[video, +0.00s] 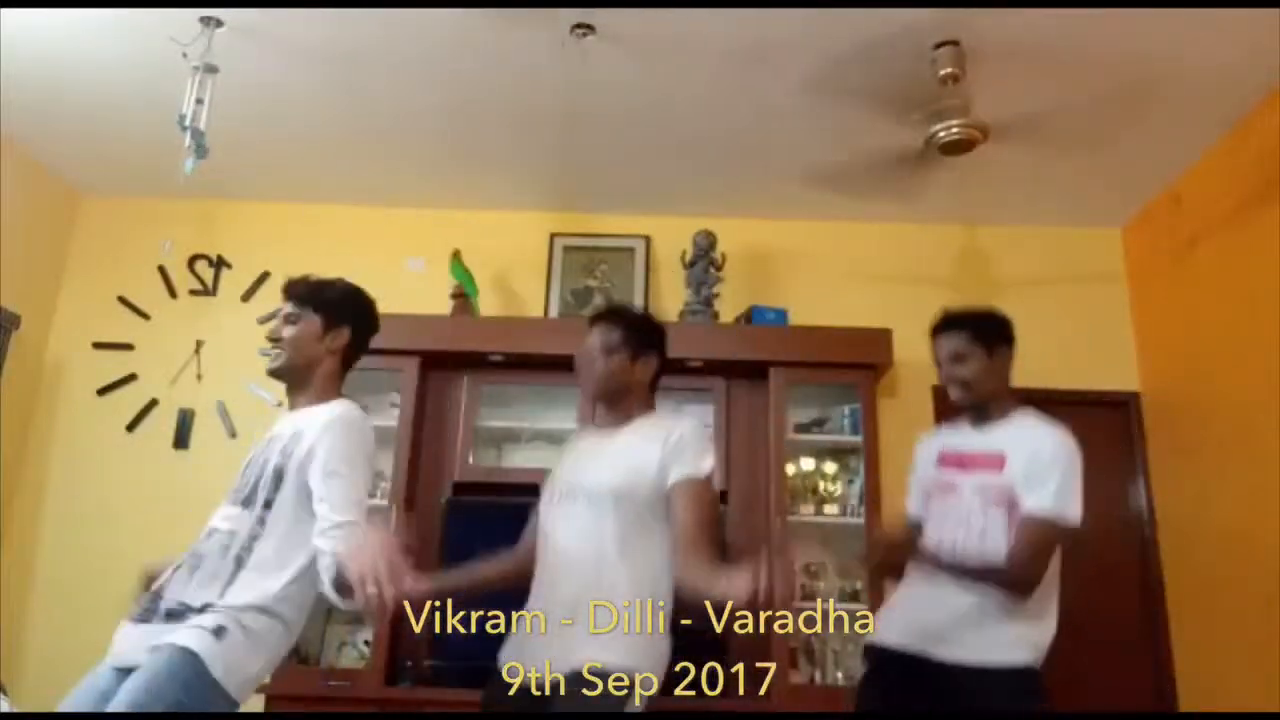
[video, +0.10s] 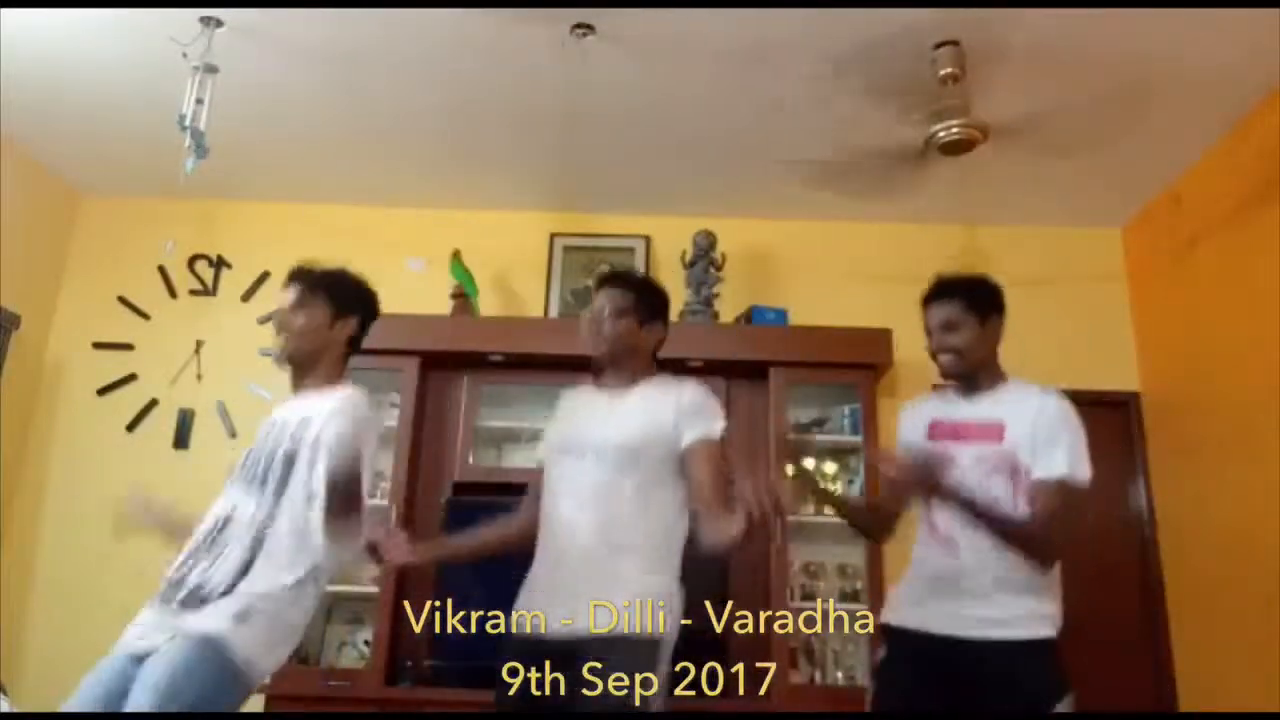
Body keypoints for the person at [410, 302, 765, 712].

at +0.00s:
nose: (587, 364)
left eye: (605, 353)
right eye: (586, 353)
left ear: (644, 367)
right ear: (582, 359)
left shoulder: (679, 436)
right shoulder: (578, 448)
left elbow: (693, 568)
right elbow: (524, 558)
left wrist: (739, 582)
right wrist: (426, 585)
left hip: (612, 671)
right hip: (531, 663)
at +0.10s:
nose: (600, 324)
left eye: (617, 314)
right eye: (595, 313)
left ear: (655, 334)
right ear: (584, 325)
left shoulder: (686, 402)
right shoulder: (572, 403)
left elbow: (711, 533)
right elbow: (529, 521)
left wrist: (741, 518)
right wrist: (422, 551)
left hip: (629, 632)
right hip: (542, 625)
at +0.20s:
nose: (599, 304)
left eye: (619, 294)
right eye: (595, 293)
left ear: (657, 313)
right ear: (588, 305)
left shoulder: (690, 380)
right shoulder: (570, 380)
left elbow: (732, 503)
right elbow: (531, 493)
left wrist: (748, 479)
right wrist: (437, 534)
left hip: (647, 614)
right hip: (552, 607)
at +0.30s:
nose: (618, 302)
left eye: (634, 292)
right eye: (611, 292)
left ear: (666, 315)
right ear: (599, 306)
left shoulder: (699, 387)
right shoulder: (574, 381)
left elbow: (747, 507)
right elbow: (537, 486)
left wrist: (755, 462)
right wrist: (489, 533)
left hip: (662, 609)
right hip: (564, 604)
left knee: (657, 707)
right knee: (543, 708)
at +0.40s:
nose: (632, 328)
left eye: (648, 318)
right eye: (622, 316)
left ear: (675, 334)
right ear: (609, 327)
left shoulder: (701, 412)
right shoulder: (576, 404)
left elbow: (752, 504)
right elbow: (543, 494)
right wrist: (520, 546)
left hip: (671, 637)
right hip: (573, 632)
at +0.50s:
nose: (648, 370)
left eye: (663, 361)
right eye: (639, 360)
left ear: (685, 389)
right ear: (623, 381)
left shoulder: (713, 468)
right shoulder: (578, 466)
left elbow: (800, 534)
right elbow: (526, 573)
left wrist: (778, 416)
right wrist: (567, 609)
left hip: (686, 694)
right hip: (584, 693)